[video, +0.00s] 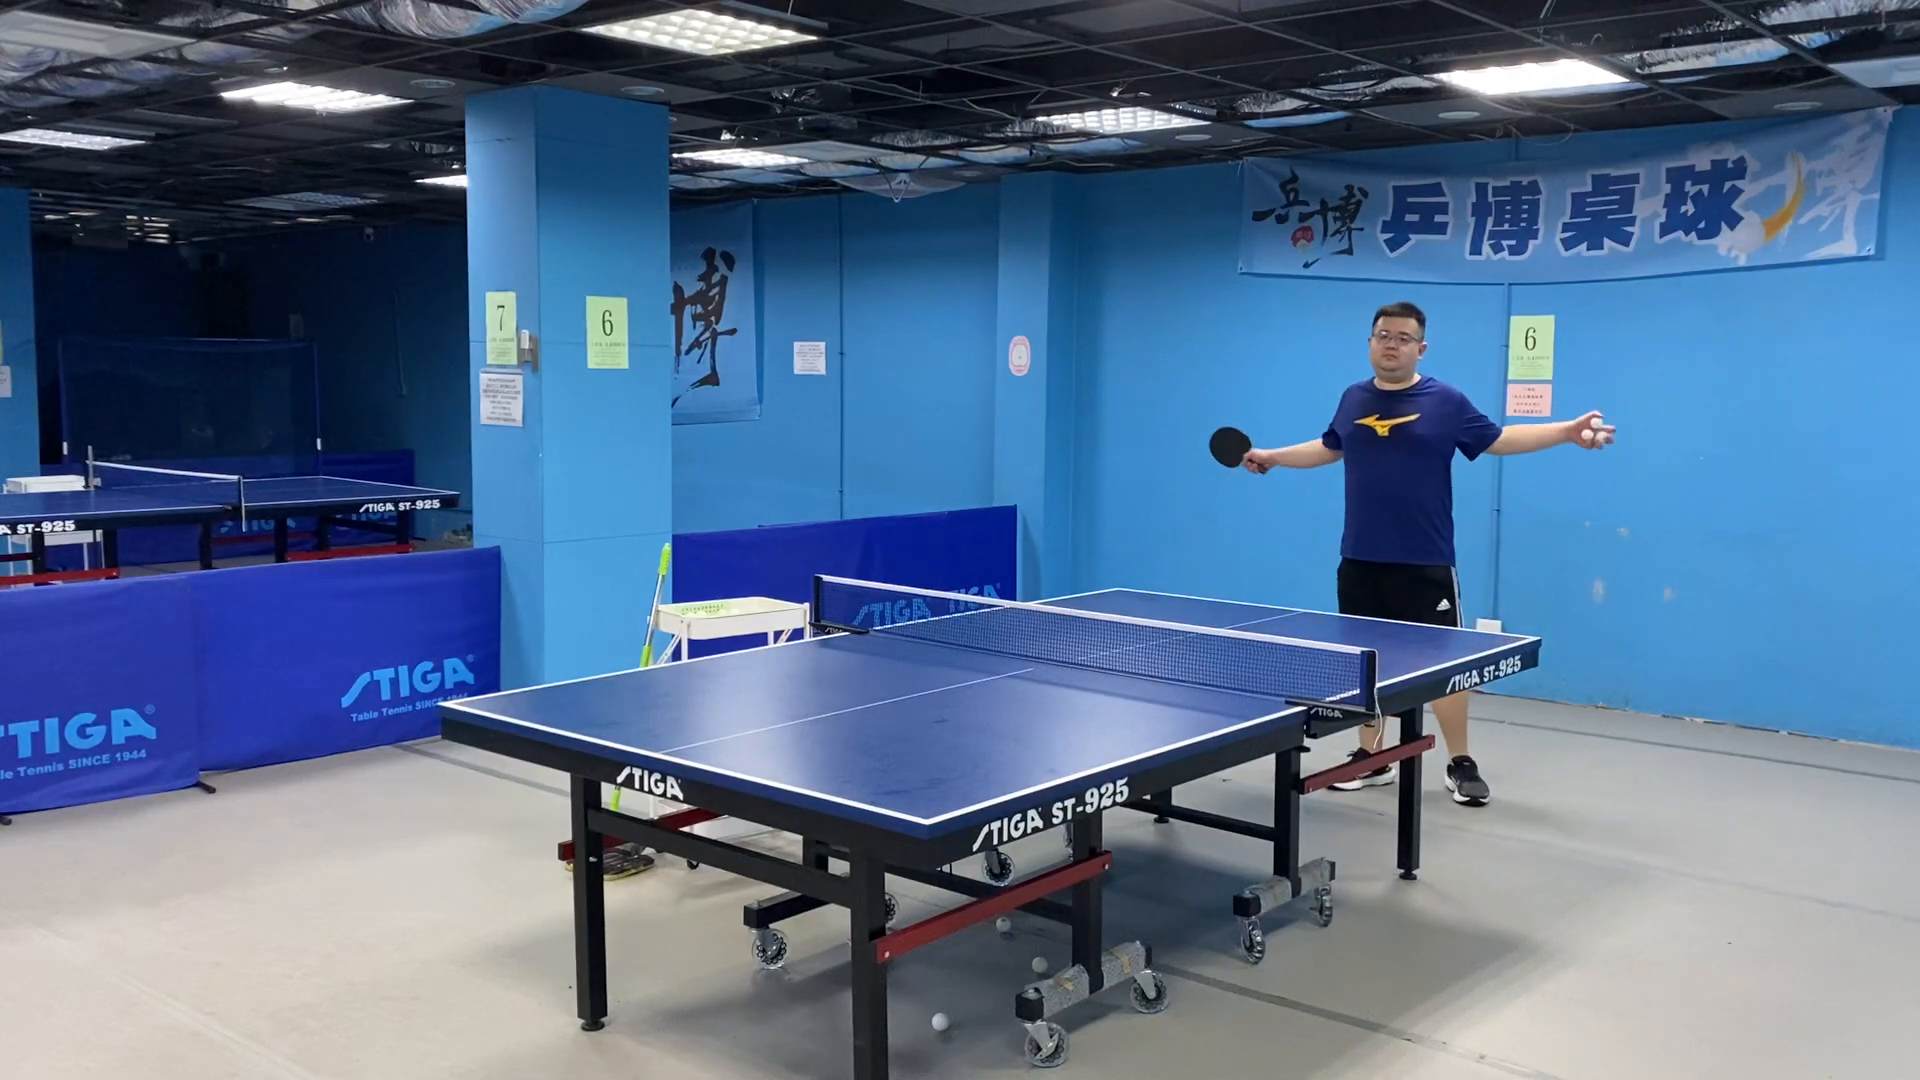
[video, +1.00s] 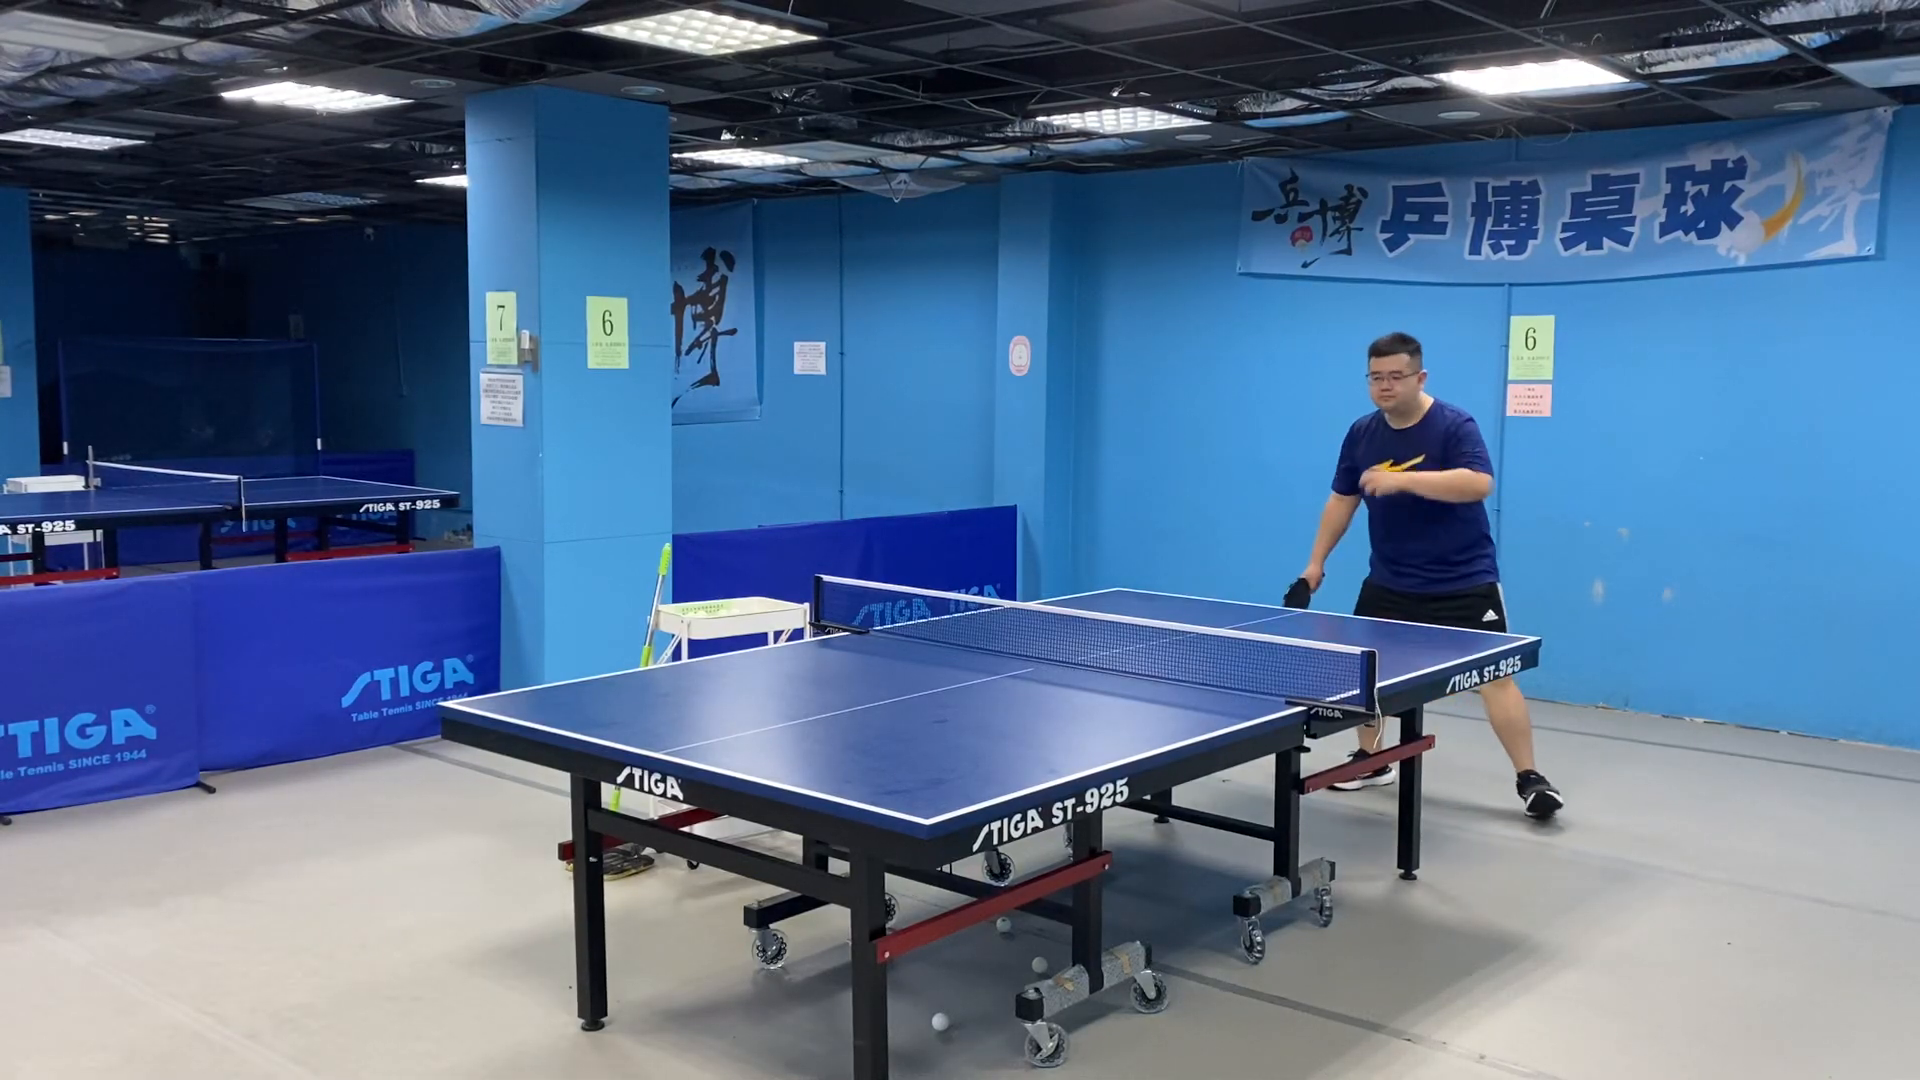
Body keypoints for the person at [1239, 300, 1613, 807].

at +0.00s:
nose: (1392, 346)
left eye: (1404, 339)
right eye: (1384, 336)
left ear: (1421, 349)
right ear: (1370, 343)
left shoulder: (1445, 402)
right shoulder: (1354, 399)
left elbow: (1497, 440)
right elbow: (1329, 448)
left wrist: (1568, 430)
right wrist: (1271, 457)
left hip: (1426, 562)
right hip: (1362, 559)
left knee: (1445, 664)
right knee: (1363, 658)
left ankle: (1460, 763)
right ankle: (1371, 754)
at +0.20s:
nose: (1377, 349)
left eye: (1388, 341)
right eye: (1369, 339)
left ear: (1406, 350)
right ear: (1356, 345)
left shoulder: (1432, 402)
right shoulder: (1337, 403)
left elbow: (1480, 441)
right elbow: (1297, 451)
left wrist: (1519, 431)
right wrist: (1236, 449)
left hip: (1418, 563)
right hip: (1351, 561)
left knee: (1439, 664)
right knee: (1354, 660)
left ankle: (1452, 758)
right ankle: (1370, 754)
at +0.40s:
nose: (1362, 353)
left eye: (1372, 344)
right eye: (1354, 345)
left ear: (1392, 350)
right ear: (1342, 352)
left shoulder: (1420, 402)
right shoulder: (1327, 413)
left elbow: (1444, 456)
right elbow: (1303, 465)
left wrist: (1406, 483)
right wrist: (1285, 484)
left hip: (1419, 561)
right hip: (1354, 562)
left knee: (1437, 662)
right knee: (1358, 659)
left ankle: (1452, 759)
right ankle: (1369, 754)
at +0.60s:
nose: (1352, 358)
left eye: (1361, 348)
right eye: (1342, 351)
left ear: (1383, 351)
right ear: (1334, 360)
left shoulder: (1412, 401)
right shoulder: (1328, 418)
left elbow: (1395, 475)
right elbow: (1322, 482)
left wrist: (1356, 538)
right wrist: (1342, 526)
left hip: (1427, 563)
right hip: (1364, 565)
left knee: (1456, 660)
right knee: (1361, 660)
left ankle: (1479, 759)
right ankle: (1371, 754)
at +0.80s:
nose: (1353, 371)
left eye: (1364, 362)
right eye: (1346, 364)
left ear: (1390, 365)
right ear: (1340, 372)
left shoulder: (1425, 418)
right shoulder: (1337, 432)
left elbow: (1435, 486)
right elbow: (1329, 501)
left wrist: (1376, 528)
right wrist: (1338, 553)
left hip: (1441, 575)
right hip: (1373, 578)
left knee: (1479, 663)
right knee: (1350, 662)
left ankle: (1518, 763)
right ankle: (1368, 756)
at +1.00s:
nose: (1383, 385)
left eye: (1394, 376)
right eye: (1375, 377)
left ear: (1420, 378)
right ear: (1368, 380)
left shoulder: (1455, 426)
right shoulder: (1363, 435)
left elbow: (1480, 483)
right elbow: (1342, 500)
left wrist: (1402, 481)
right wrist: (1315, 563)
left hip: (1466, 586)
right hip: (1390, 585)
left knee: (1495, 672)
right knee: (1364, 669)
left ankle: (1529, 777)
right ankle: (1369, 754)